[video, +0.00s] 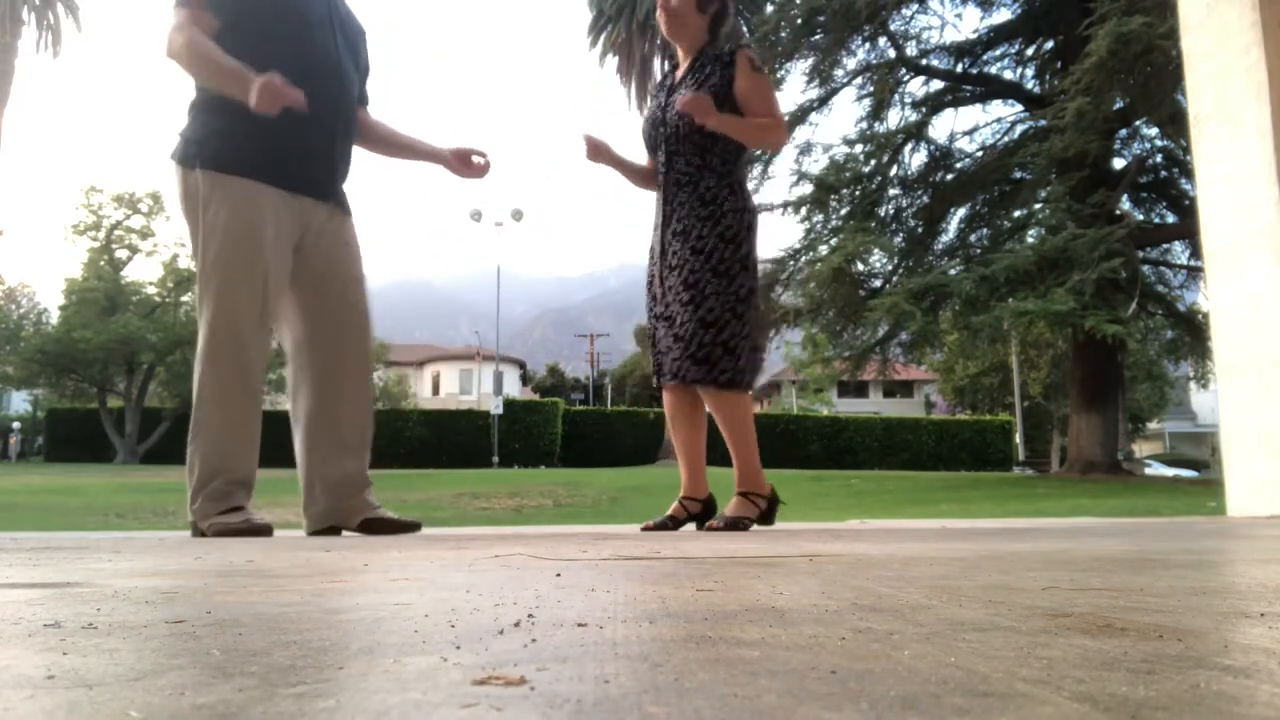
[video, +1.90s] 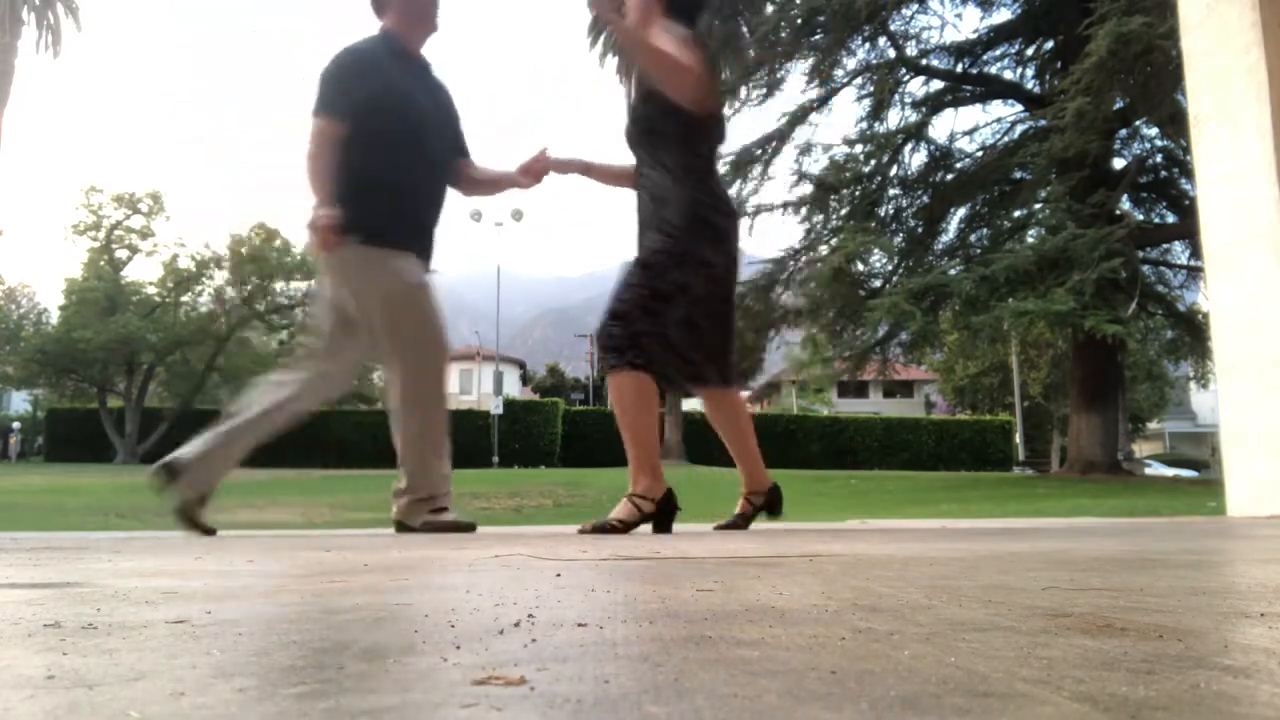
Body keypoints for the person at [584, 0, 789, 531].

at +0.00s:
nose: (661, 7)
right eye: (659, 1)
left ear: (705, 7)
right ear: (660, 14)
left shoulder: (736, 62)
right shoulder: (667, 84)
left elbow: (775, 133)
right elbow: (660, 178)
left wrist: (715, 119)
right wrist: (613, 159)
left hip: (718, 226)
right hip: (672, 227)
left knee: (713, 360)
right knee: (673, 362)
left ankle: (754, 490)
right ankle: (694, 495)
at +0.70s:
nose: (661, 10)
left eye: (671, 2)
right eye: (659, 4)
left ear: (705, 5)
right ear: (665, 13)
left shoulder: (736, 62)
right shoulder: (657, 83)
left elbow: (782, 131)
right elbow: (604, 144)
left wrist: (762, 80)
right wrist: (560, 98)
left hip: (727, 221)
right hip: (674, 227)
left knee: (729, 348)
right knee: (668, 361)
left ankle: (767, 484)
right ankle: (687, 494)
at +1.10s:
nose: (688, 10)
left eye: (699, 1)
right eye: (689, 3)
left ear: (734, 7)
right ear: (707, 15)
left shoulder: (779, 58)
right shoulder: (703, 96)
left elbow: (832, 121)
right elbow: (640, 146)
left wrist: (769, 133)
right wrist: (563, 117)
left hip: (795, 228)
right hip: (744, 237)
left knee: (783, 352)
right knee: (696, 357)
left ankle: (833, 490)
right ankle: (684, 489)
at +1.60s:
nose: (690, 8)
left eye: (700, 1)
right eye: (691, 2)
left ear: (734, 6)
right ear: (708, 12)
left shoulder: (784, 61)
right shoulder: (702, 89)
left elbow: (842, 127)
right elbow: (652, 147)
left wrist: (826, 120)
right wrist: (588, 112)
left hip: (786, 217)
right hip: (736, 228)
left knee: (738, 321)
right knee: (735, 349)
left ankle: (779, 465)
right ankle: (763, 486)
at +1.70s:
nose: (676, 10)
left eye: (686, 3)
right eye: (678, 3)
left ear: (718, 9)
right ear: (699, 12)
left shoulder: (765, 63)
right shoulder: (692, 91)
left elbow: (818, 132)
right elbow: (649, 159)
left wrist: (811, 116)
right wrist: (581, 125)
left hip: (760, 223)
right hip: (719, 229)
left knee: (698, 330)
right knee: (733, 366)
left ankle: (705, 478)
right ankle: (764, 496)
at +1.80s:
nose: (653, 20)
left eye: (662, 9)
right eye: (655, 11)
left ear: (691, 12)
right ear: (677, 17)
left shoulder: (732, 67)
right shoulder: (682, 91)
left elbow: (776, 136)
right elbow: (649, 178)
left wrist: (743, 91)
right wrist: (578, 152)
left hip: (726, 238)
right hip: (696, 240)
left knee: (660, 343)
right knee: (726, 369)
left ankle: (654, 486)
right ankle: (762, 494)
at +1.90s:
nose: (616, 15)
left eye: (623, 8)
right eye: (615, 12)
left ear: (648, 3)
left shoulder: (670, 36)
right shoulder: (649, 66)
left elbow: (695, 84)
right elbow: (653, 176)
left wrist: (629, 33)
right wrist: (573, 166)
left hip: (687, 228)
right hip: (684, 229)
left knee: (622, 342)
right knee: (705, 363)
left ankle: (647, 490)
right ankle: (759, 487)